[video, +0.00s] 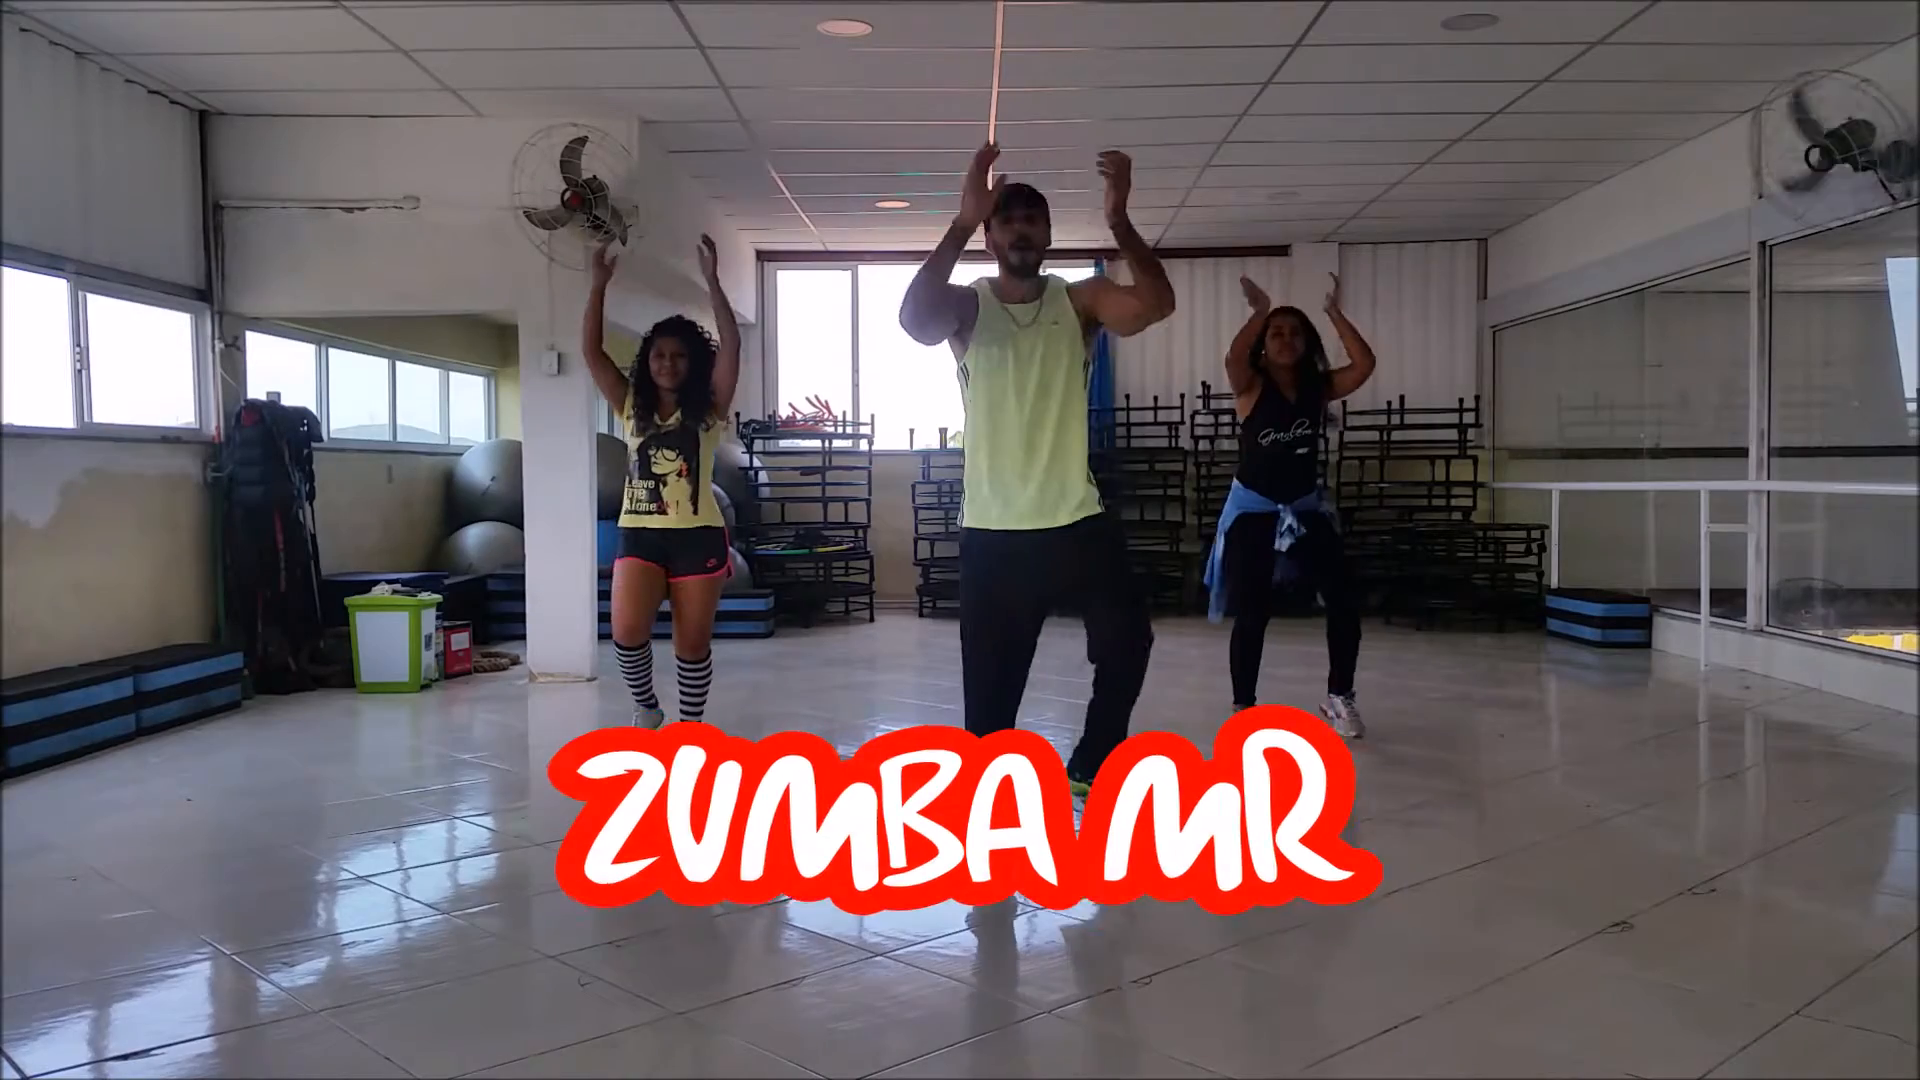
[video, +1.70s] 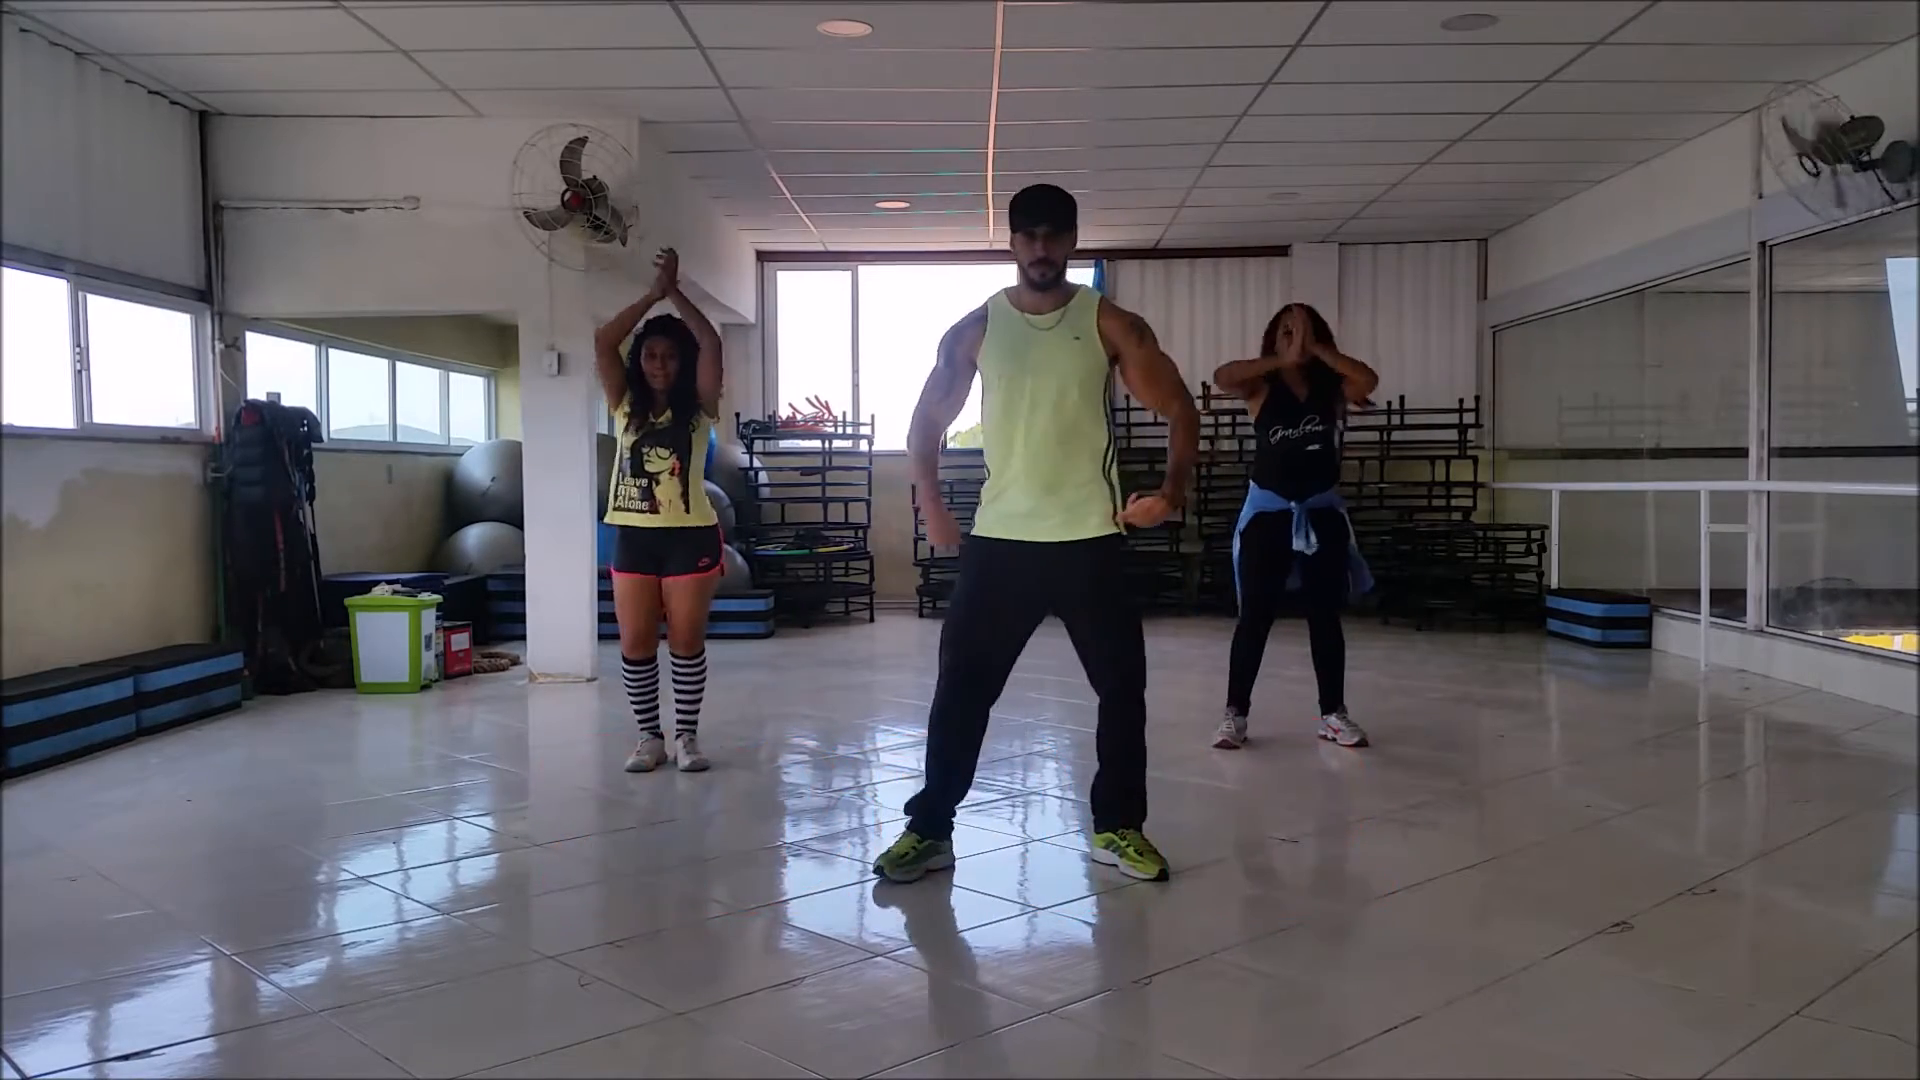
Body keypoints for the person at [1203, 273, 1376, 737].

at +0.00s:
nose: (1285, 340)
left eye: (1294, 333)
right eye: (1276, 334)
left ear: (1307, 344)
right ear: (1262, 344)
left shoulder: (1318, 387)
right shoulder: (1249, 386)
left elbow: (1362, 365)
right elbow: (1235, 357)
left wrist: (1335, 314)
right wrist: (1260, 312)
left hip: (1308, 513)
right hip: (1254, 514)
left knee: (1344, 600)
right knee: (1252, 613)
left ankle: (1340, 697)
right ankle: (1244, 710)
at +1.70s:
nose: (1293, 340)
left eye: (1301, 332)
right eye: (1285, 333)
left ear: (1316, 340)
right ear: (1274, 339)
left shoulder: (1334, 384)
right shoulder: (1259, 383)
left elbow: (1368, 381)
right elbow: (1222, 376)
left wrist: (1322, 350)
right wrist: (1282, 361)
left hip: (1322, 513)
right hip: (1266, 513)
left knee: (1326, 615)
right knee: (1255, 615)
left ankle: (1333, 716)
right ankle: (1235, 717)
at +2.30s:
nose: (1298, 347)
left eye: (1306, 341)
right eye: (1288, 341)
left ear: (1319, 351)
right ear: (1273, 351)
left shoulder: (1339, 401)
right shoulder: (1255, 405)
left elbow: (1363, 467)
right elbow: (1233, 473)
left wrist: (1387, 528)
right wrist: (1221, 533)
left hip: (1332, 524)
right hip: (1274, 526)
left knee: (1363, 616)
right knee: (1260, 616)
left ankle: (1381, 716)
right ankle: (1225, 713)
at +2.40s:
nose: (1304, 351)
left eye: (1313, 345)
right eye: (1295, 345)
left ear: (1325, 353)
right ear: (1280, 354)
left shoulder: (1344, 406)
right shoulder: (1259, 406)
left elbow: (1367, 473)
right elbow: (1239, 476)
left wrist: (1390, 531)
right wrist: (1225, 539)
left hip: (1339, 525)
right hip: (1283, 528)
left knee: (1368, 616)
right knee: (1262, 620)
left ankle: (1381, 716)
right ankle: (1226, 714)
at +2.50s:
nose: (1306, 350)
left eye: (1315, 343)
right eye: (1297, 342)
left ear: (1327, 352)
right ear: (1282, 351)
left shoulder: (1347, 403)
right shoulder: (1263, 403)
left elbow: (1366, 469)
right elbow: (1241, 470)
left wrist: (1388, 531)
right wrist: (1228, 534)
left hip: (1342, 523)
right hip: (1283, 524)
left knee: (1364, 620)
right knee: (1257, 621)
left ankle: (1381, 717)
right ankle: (1224, 715)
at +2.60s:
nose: (1305, 348)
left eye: (1314, 341)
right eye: (1296, 341)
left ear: (1326, 351)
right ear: (1281, 350)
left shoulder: (1346, 402)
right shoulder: (1262, 403)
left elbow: (1364, 466)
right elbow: (1241, 471)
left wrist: (1380, 531)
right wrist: (1226, 534)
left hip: (1336, 522)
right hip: (1278, 522)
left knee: (1359, 619)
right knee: (1256, 618)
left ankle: (1381, 717)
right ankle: (1222, 715)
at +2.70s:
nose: (1303, 348)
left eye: (1312, 342)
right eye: (1294, 341)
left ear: (1324, 351)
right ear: (1279, 350)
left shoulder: (1345, 402)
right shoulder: (1260, 404)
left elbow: (1360, 471)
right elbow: (1240, 474)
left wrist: (1375, 532)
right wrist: (1224, 536)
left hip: (1329, 523)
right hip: (1271, 522)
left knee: (1357, 619)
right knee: (1250, 619)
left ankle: (1381, 717)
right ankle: (1221, 715)